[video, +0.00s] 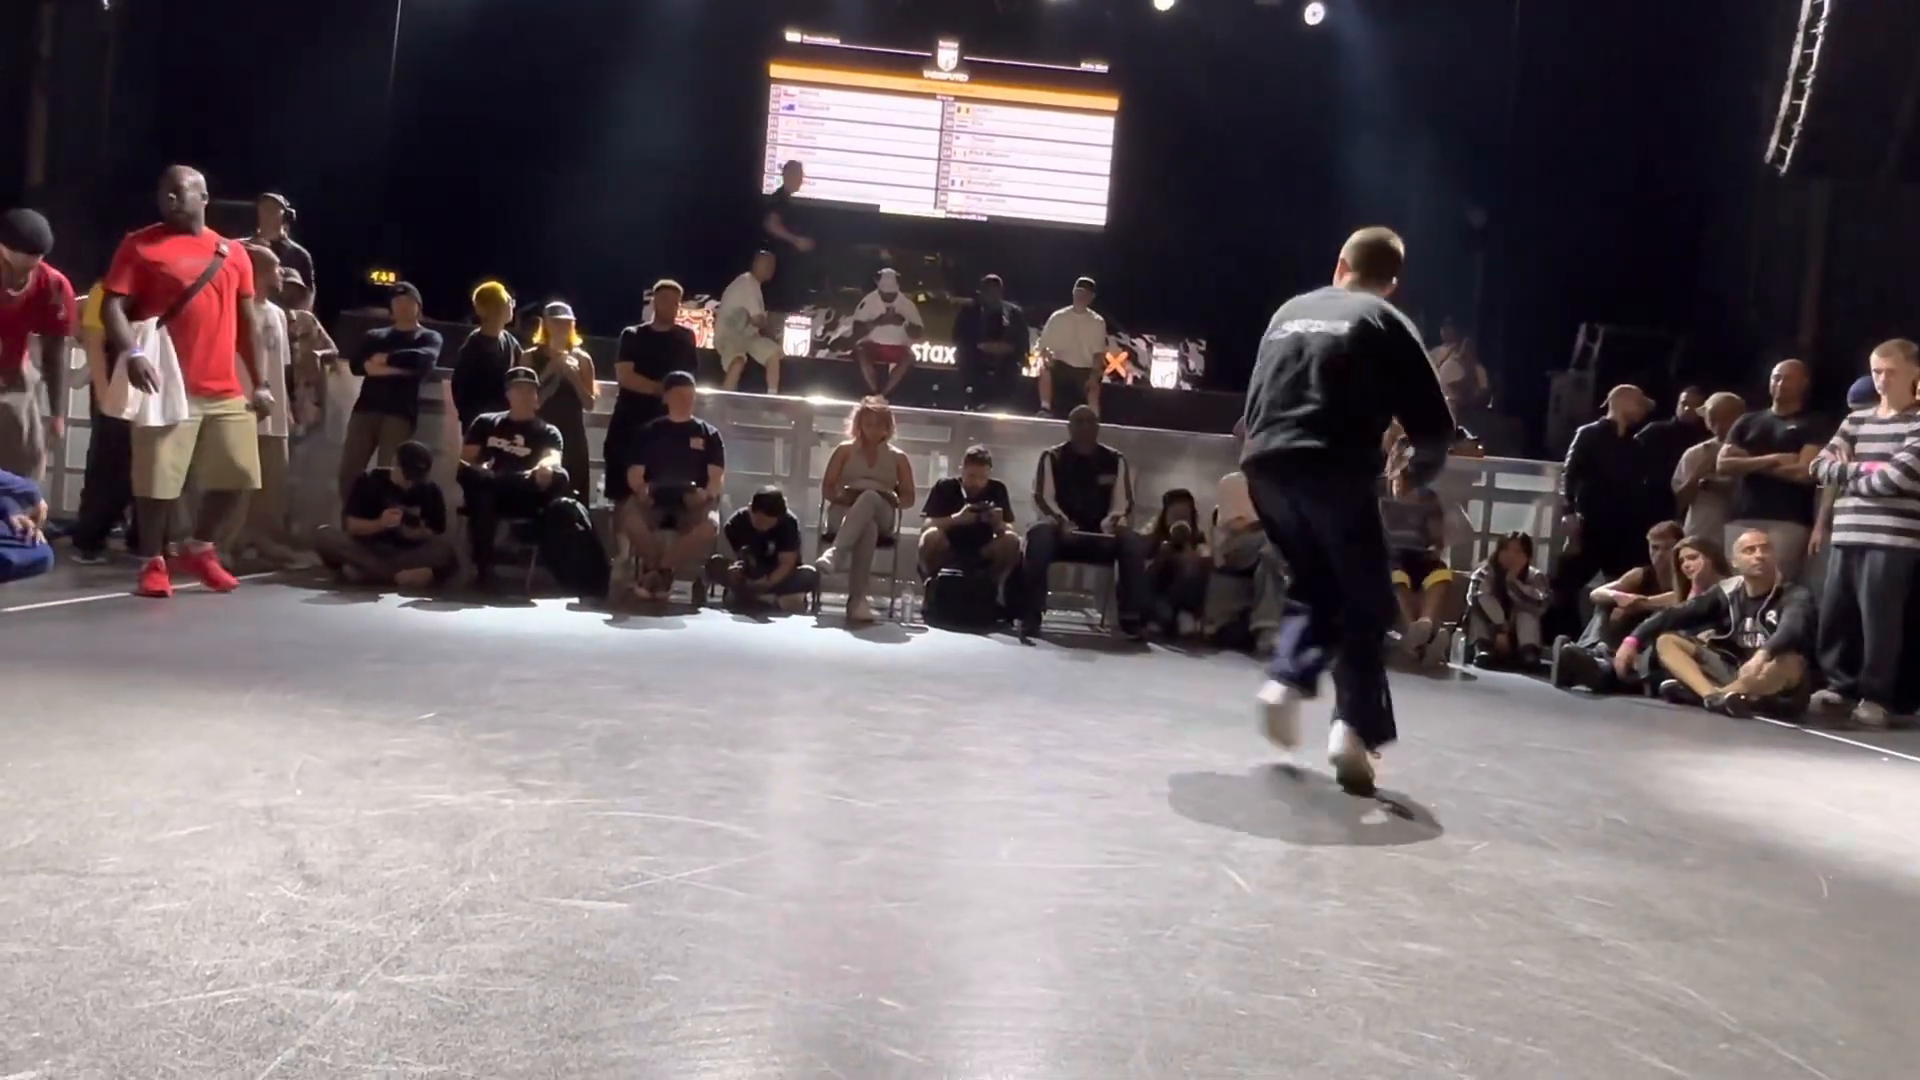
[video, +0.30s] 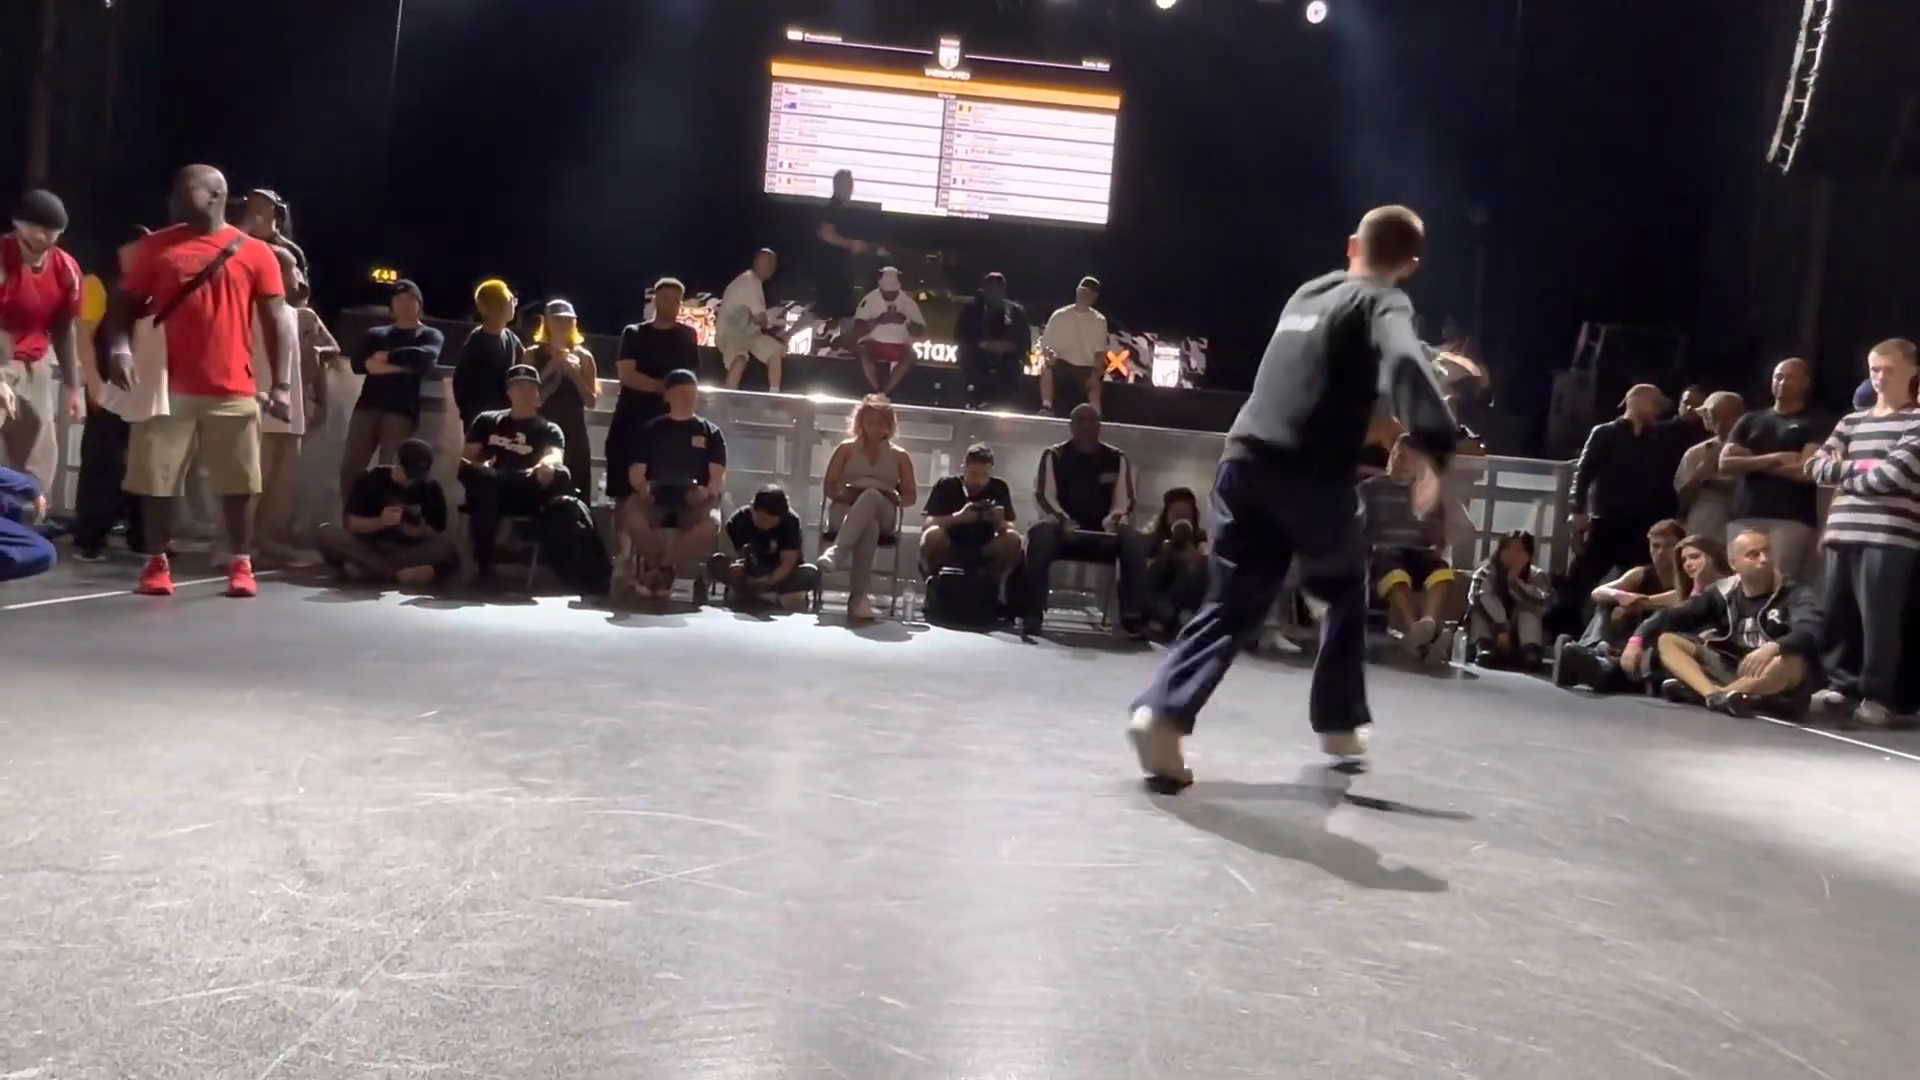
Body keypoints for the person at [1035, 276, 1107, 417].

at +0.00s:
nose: (1081, 294)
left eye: (1086, 291)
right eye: (1078, 290)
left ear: (1092, 296)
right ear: (1073, 293)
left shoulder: (1097, 322)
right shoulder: (1058, 316)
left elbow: (1098, 353)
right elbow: (1042, 344)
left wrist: (1094, 376)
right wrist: (1046, 358)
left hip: (1085, 367)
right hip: (1061, 364)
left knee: (1094, 383)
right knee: (1045, 371)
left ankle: (1093, 419)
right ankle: (1045, 408)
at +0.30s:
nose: (1085, 294)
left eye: (1089, 292)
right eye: (1082, 290)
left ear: (1095, 296)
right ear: (1077, 292)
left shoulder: (1099, 320)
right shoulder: (1059, 315)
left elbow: (1100, 352)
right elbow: (1045, 342)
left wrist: (1095, 375)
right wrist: (1048, 355)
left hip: (1086, 365)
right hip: (1062, 362)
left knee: (1095, 381)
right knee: (1046, 370)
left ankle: (1095, 417)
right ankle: (1046, 407)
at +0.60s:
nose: (1086, 294)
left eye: (1090, 292)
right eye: (1083, 290)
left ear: (1095, 297)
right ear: (1077, 291)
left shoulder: (1099, 320)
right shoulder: (1060, 315)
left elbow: (1100, 352)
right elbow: (1046, 342)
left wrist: (1096, 375)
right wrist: (1047, 356)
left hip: (1087, 365)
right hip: (1062, 362)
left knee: (1095, 381)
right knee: (1047, 369)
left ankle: (1095, 417)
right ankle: (1047, 406)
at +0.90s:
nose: (1085, 294)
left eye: (1089, 292)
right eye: (1082, 290)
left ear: (1094, 296)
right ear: (1076, 292)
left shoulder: (1098, 321)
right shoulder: (1059, 315)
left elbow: (1099, 352)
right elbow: (1044, 343)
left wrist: (1095, 375)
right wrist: (1047, 357)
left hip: (1086, 365)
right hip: (1061, 362)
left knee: (1094, 381)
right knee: (1045, 370)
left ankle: (1093, 417)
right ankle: (1045, 406)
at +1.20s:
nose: (1085, 293)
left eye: (1089, 290)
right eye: (1082, 289)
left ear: (1093, 294)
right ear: (1075, 292)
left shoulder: (1098, 320)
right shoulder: (1059, 316)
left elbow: (1099, 352)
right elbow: (1045, 343)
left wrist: (1095, 375)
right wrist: (1047, 356)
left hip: (1086, 365)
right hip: (1062, 362)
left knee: (1095, 381)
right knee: (1046, 369)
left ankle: (1094, 417)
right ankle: (1046, 407)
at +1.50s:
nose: (1083, 296)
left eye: (1086, 292)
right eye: (1079, 291)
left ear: (1091, 295)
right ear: (1072, 293)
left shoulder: (1097, 321)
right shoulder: (1058, 317)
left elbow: (1099, 352)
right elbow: (1045, 345)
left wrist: (1095, 375)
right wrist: (1046, 359)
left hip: (1086, 366)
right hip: (1061, 363)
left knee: (1094, 382)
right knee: (1045, 371)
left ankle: (1094, 418)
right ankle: (1045, 407)